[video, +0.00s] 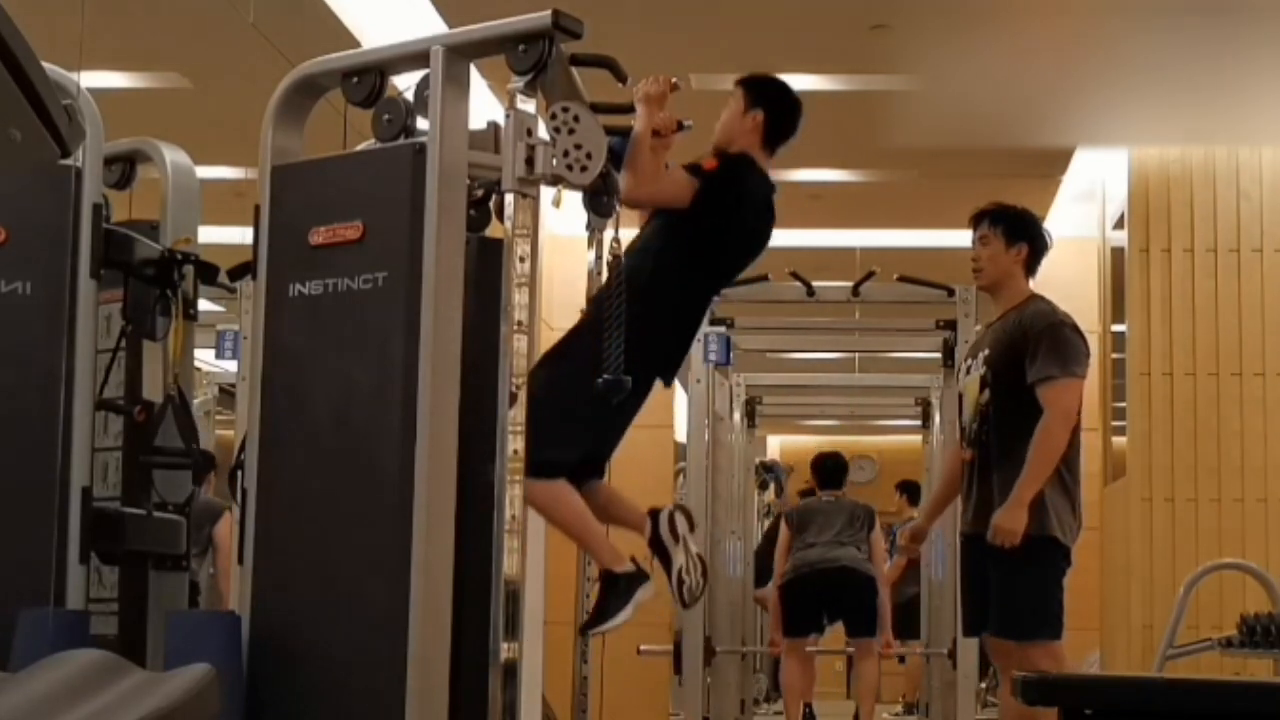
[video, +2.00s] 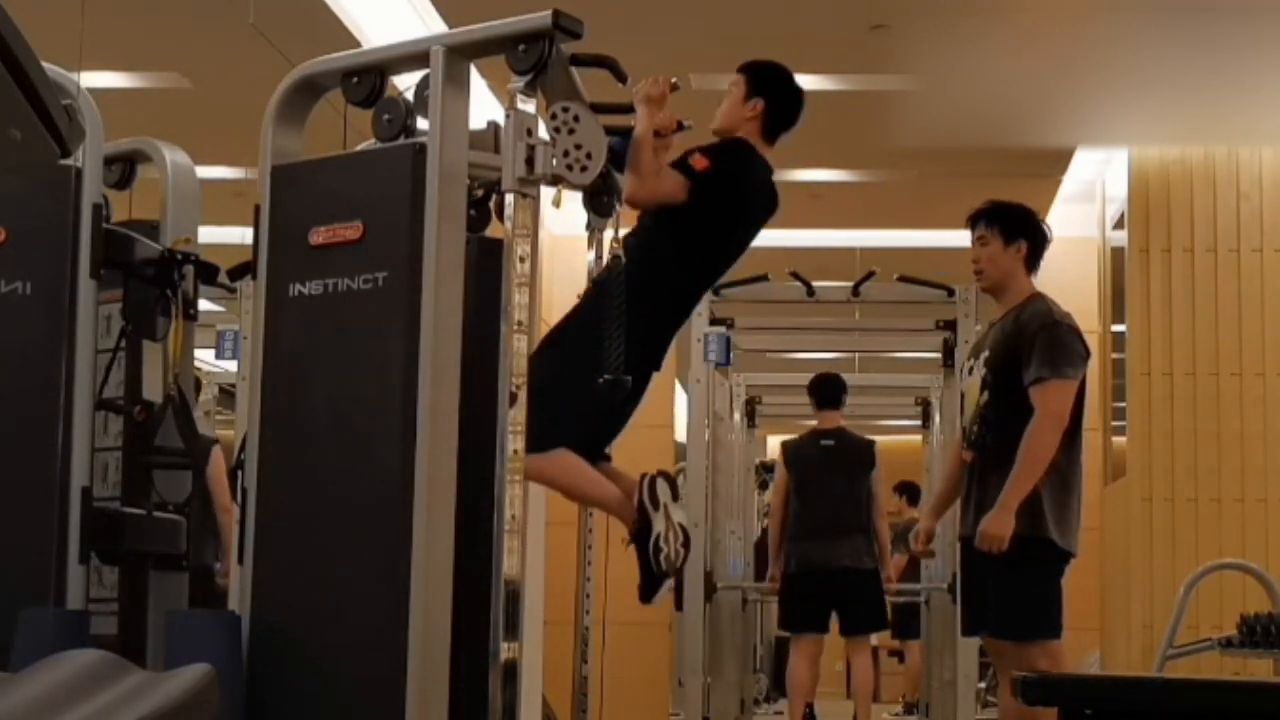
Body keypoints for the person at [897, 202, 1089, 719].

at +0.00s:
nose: (974, 255)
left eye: (986, 244)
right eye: (973, 245)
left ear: (1022, 253)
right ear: (976, 254)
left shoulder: (1048, 325)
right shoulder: (981, 342)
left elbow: (1062, 415)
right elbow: (966, 445)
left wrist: (1019, 502)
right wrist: (926, 518)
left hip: (1033, 524)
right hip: (988, 523)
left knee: (1039, 659)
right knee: (1005, 656)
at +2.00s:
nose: (973, 255)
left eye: (984, 243)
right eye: (973, 245)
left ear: (1020, 249)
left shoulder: (1046, 324)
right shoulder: (995, 336)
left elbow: (1051, 421)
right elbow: (971, 438)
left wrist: (1006, 506)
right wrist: (931, 514)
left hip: (1031, 524)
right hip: (994, 523)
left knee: (1039, 664)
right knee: (1004, 659)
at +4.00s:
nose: (988, 246)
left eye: (1000, 235)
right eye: (989, 236)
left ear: (1037, 245)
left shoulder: (1060, 323)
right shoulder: (994, 334)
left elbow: (1071, 417)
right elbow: (970, 432)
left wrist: (1025, 503)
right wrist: (926, 507)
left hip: (1036, 525)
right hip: (992, 523)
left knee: (1042, 666)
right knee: (1005, 661)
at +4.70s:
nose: (992, 241)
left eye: (1005, 230)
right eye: (993, 230)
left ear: (1041, 244)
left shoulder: (1071, 320)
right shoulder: (1005, 332)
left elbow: (1088, 416)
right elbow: (987, 432)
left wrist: (1044, 507)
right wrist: (942, 511)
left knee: (1060, 659)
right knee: (966, 643)